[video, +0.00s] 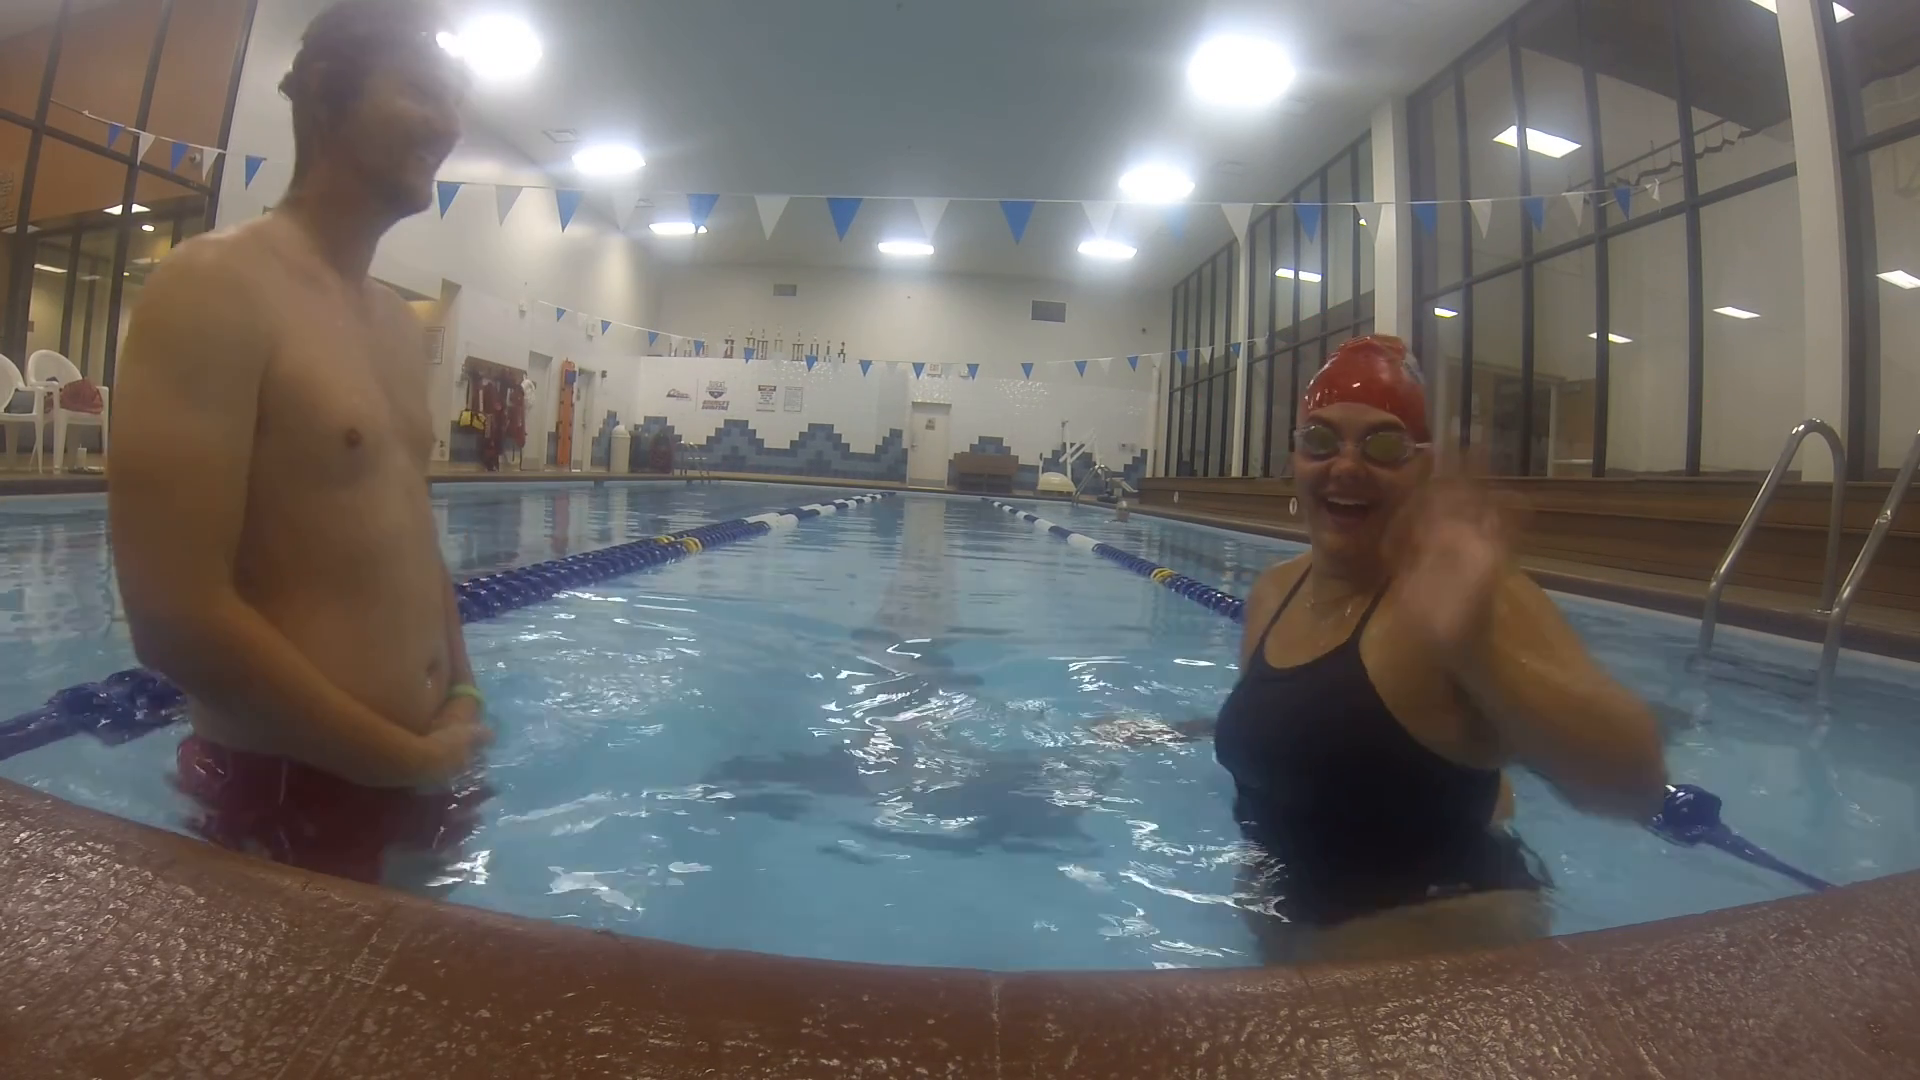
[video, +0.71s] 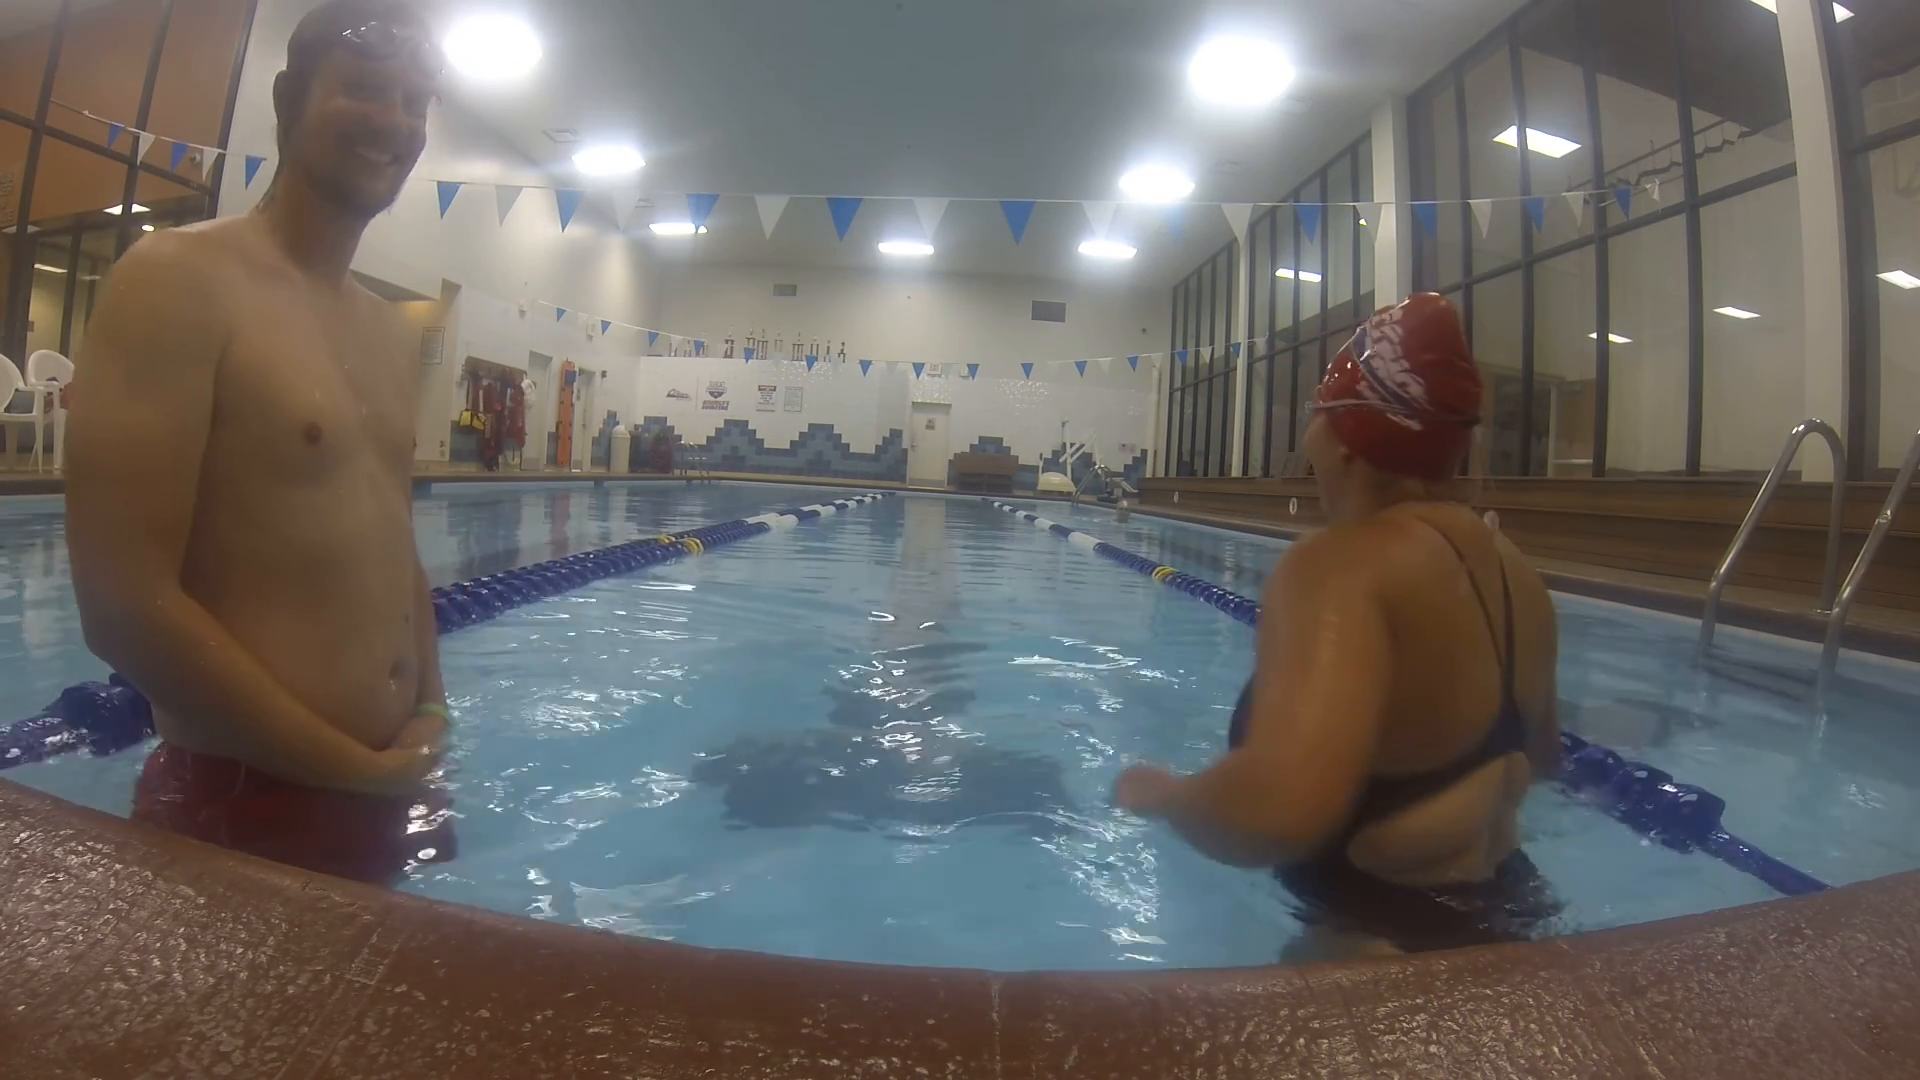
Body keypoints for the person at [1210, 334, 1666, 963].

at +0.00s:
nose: (1345, 468)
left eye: (1383, 446)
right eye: (1320, 442)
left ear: (1428, 468)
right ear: (1294, 459)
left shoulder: (1469, 595)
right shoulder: (1276, 593)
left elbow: (1634, 783)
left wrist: (1476, 650)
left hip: (1446, 955)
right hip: (1299, 943)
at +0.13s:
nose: (1324, 465)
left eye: (1363, 444)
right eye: (1308, 440)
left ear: (1424, 471)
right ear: (1289, 458)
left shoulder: (1474, 594)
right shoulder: (1297, 591)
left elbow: (1635, 782)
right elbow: (1307, 727)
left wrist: (1425, 715)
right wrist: (1203, 739)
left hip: (1452, 962)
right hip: (1309, 949)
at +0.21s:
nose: (1300, 467)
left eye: (1339, 443)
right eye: (1293, 442)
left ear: (1420, 470)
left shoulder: (1458, 596)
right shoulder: (1319, 595)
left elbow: (1615, 796)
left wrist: (1342, 732)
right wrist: (1269, 713)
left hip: (1446, 976)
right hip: (1323, 950)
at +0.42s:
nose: (1281, 461)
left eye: (1299, 436)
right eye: (1289, 436)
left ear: (1370, 459)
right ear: (1374, 462)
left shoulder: (1426, 588)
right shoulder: (1430, 576)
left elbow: (1487, 850)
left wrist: (1249, 788)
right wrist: (1265, 780)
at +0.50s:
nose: (1290, 456)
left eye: (1304, 431)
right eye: (1298, 431)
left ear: (1360, 453)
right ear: (1369, 454)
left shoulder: (1399, 587)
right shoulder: (1458, 561)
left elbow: (1423, 852)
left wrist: (1224, 801)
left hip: (1372, 967)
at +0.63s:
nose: (1302, 445)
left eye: (1314, 420)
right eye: (1311, 420)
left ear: (1354, 443)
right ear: (1439, 447)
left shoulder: (1359, 581)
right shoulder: (1503, 566)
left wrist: (1189, 792)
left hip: (1372, 950)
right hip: (1489, 935)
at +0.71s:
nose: (1306, 438)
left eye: (1317, 414)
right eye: (1315, 414)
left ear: (1351, 435)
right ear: (1445, 445)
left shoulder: (1338, 568)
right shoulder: (1515, 569)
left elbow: (1285, 806)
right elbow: (1536, 753)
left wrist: (1169, 797)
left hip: (1373, 947)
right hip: (1504, 927)